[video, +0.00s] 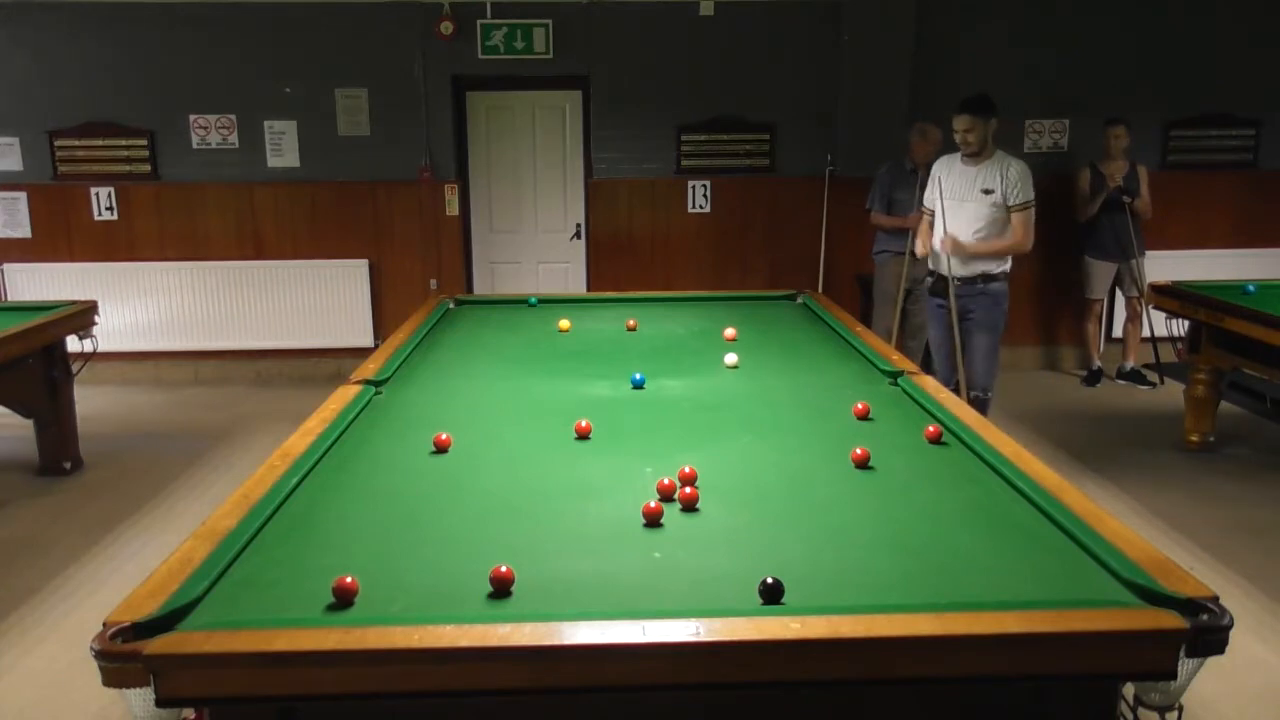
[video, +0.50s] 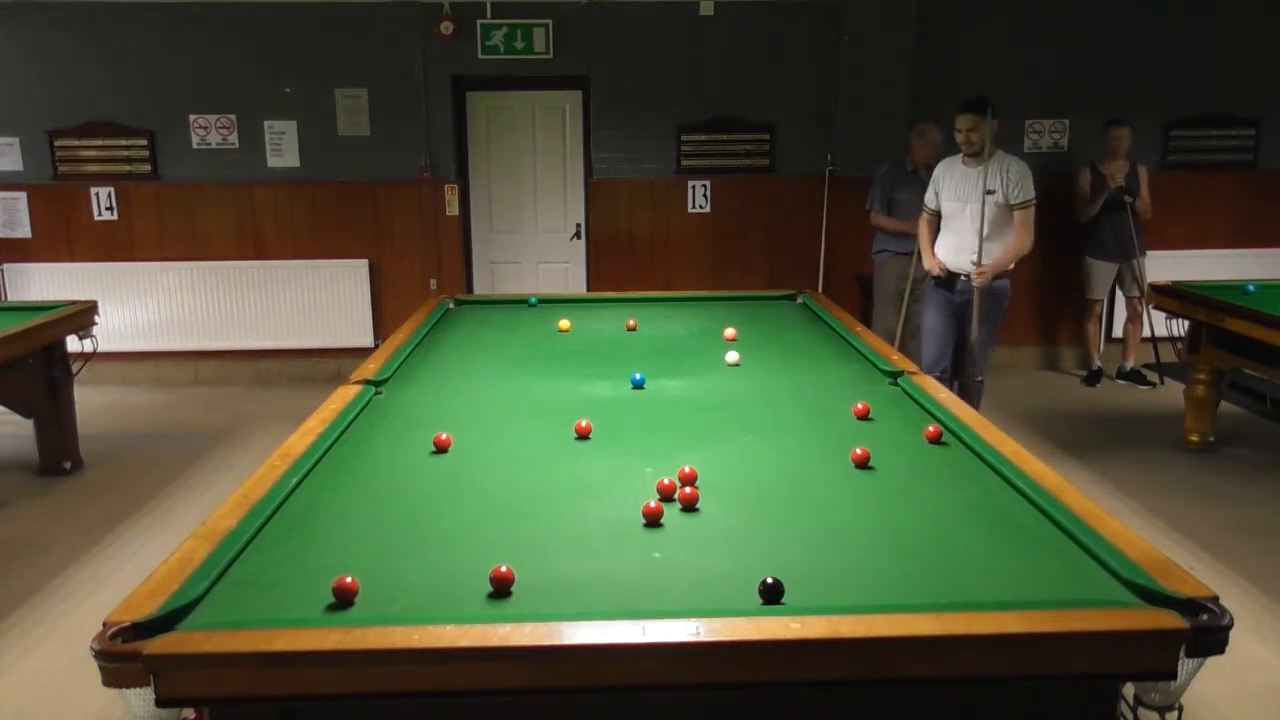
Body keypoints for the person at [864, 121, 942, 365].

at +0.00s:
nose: (934, 152)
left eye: (936, 147)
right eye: (930, 146)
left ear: (937, 149)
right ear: (915, 143)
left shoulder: (935, 177)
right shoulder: (891, 172)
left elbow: (942, 216)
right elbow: (875, 217)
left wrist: (928, 224)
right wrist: (906, 222)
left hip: (924, 259)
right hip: (892, 257)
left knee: (917, 331)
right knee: (885, 326)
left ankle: (908, 386)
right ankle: (877, 382)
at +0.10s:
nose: (934, 153)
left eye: (936, 147)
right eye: (930, 146)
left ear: (937, 149)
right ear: (915, 143)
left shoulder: (934, 177)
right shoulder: (890, 172)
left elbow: (941, 216)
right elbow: (875, 217)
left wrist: (929, 225)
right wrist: (908, 222)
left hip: (922, 257)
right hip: (892, 256)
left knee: (917, 329)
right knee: (885, 325)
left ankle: (909, 384)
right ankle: (877, 380)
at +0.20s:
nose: (934, 153)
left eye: (937, 148)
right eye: (930, 147)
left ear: (938, 149)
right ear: (916, 143)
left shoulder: (935, 177)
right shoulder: (891, 172)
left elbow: (942, 217)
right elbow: (875, 216)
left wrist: (930, 225)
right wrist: (909, 222)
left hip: (923, 257)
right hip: (892, 256)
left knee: (918, 330)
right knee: (886, 326)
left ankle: (909, 386)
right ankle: (877, 382)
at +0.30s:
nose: (935, 153)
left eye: (938, 148)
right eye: (931, 146)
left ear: (939, 149)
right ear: (916, 143)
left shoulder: (936, 177)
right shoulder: (891, 172)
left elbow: (943, 217)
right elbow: (875, 217)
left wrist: (930, 225)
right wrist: (909, 223)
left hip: (925, 258)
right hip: (892, 257)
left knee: (917, 330)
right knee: (886, 326)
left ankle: (909, 386)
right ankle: (878, 383)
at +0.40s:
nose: (935, 153)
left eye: (938, 147)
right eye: (931, 146)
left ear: (940, 149)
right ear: (916, 143)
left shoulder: (938, 178)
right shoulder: (891, 173)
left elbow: (944, 218)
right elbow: (875, 217)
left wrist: (931, 231)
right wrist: (912, 227)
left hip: (926, 260)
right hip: (893, 258)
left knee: (917, 329)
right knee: (887, 327)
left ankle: (913, 386)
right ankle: (879, 383)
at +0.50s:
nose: (935, 153)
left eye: (938, 148)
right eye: (931, 147)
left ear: (940, 148)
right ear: (915, 144)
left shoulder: (937, 178)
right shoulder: (891, 173)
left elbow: (944, 217)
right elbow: (875, 217)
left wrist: (932, 231)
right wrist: (913, 227)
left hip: (926, 259)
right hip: (893, 258)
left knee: (917, 328)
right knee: (887, 327)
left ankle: (913, 385)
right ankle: (879, 383)